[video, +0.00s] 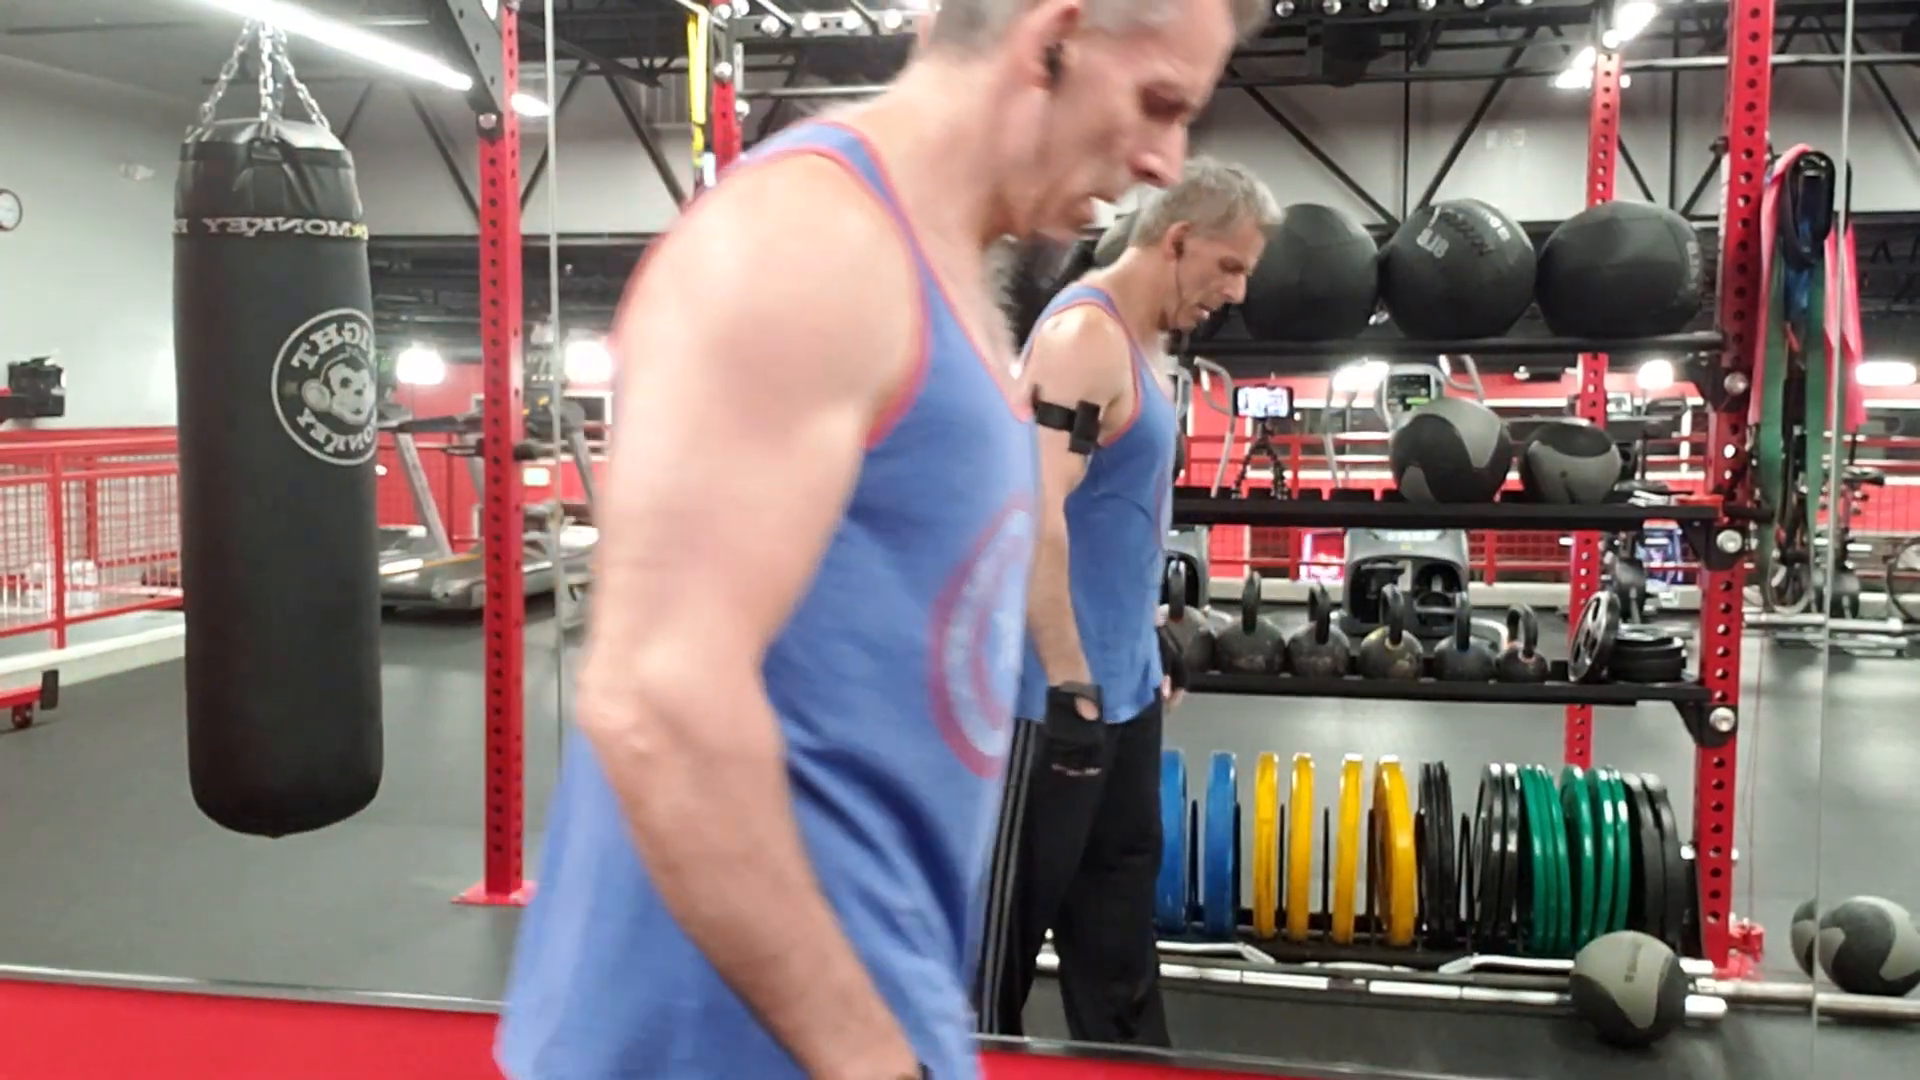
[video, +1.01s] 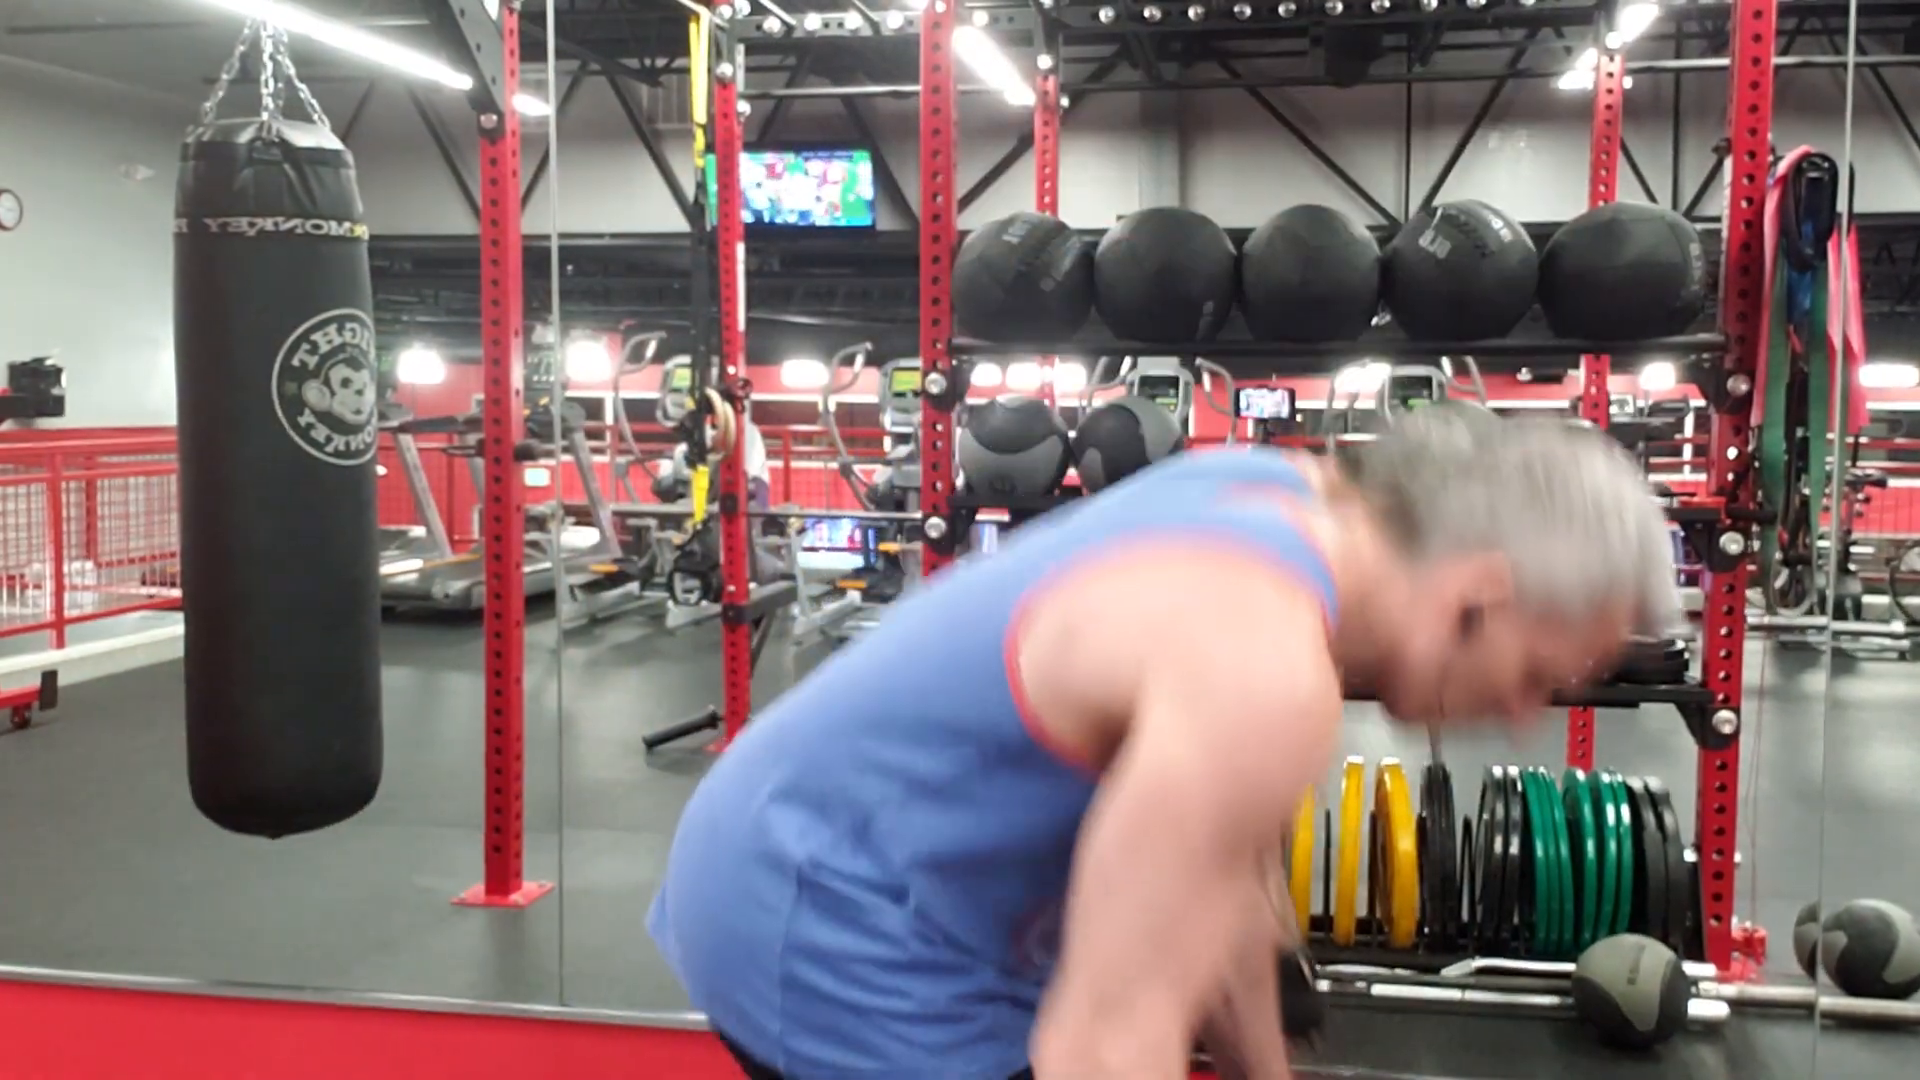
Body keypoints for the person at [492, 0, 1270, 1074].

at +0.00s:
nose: (1167, 162)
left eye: (1184, 121)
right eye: (1158, 102)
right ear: (1050, 41)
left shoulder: (947, 264)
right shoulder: (799, 233)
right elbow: (657, 694)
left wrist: (916, 1025)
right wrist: (868, 1055)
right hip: (730, 1038)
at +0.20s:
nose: (1258, 194)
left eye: (1283, 152)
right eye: (1262, 136)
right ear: (1157, 70)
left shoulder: (987, 268)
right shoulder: (938, 293)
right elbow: (809, 755)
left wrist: (1016, 879)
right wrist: (978, 1059)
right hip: (829, 1034)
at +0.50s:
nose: (1400, 268)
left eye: (1419, 227)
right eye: (1396, 209)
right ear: (1294, 144)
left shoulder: (1156, 319)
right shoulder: (1080, 341)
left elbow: (1057, 630)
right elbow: (936, 779)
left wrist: (1107, 835)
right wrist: (1088, 1059)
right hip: (854, 991)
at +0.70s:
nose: (1454, 379)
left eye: (1475, 343)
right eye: (1456, 328)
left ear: (1359, 255)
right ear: (1364, 254)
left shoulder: (1217, 379)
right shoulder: (1139, 402)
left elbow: (1099, 715)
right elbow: (972, 807)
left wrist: (1162, 929)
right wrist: (1080, 1058)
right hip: (872, 955)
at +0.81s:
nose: (1493, 478)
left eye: (1516, 444)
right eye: (1498, 428)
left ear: (1400, 351)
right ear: (1410, 354)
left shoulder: (1206, 402)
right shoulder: (1184, 467)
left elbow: (1143, 775)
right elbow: (1013, 863)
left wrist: (1207, 1010)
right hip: (859, 903)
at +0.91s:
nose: (1515, 587)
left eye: (1541, 561)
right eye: (1527, 547)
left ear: (1444, 454)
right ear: (1451, 468)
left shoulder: (1249, 473)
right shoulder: (1228, 560)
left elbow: (1187, 812)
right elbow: (1060, 939)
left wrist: (1243, 1055)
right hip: (847, 905)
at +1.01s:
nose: (1522, 719)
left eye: (1552, 699)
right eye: (1544, 686)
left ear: (1477, 576)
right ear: (1479, 597)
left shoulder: (1282, 497)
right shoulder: (1256, 677)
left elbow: (1225, 854)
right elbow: (1104, 1048)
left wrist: (1264, 1061)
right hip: (842, 933)